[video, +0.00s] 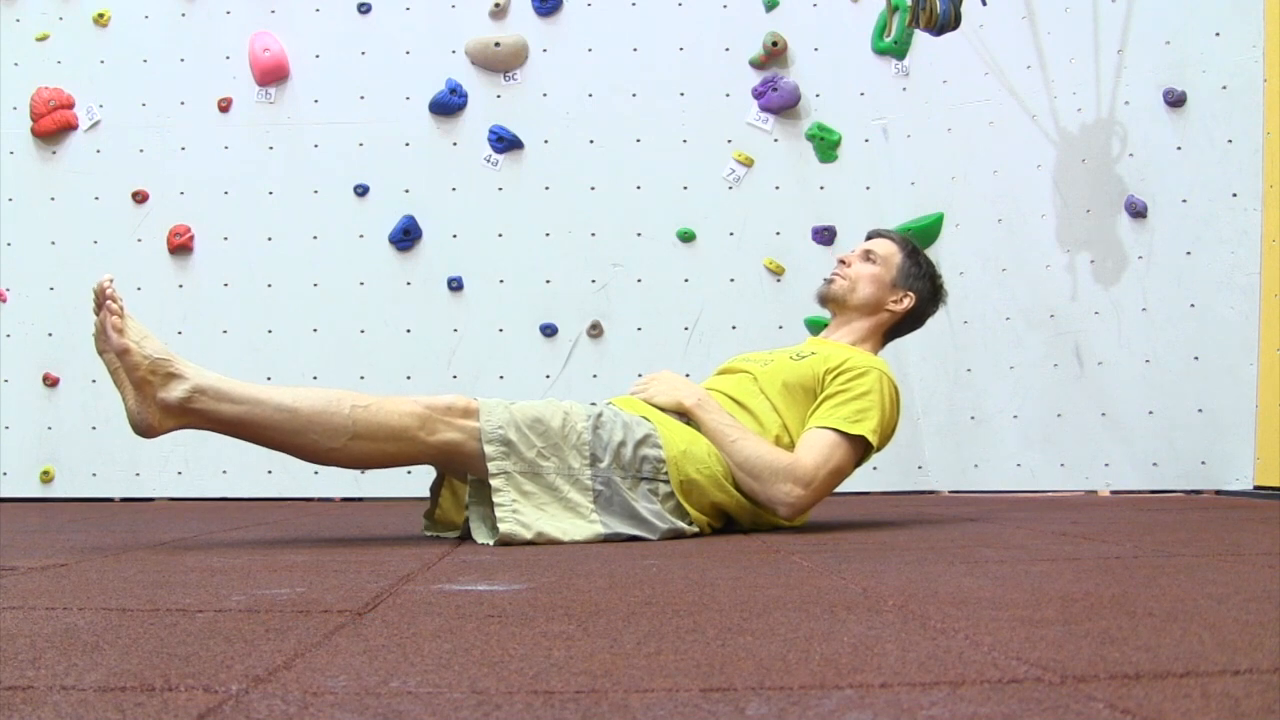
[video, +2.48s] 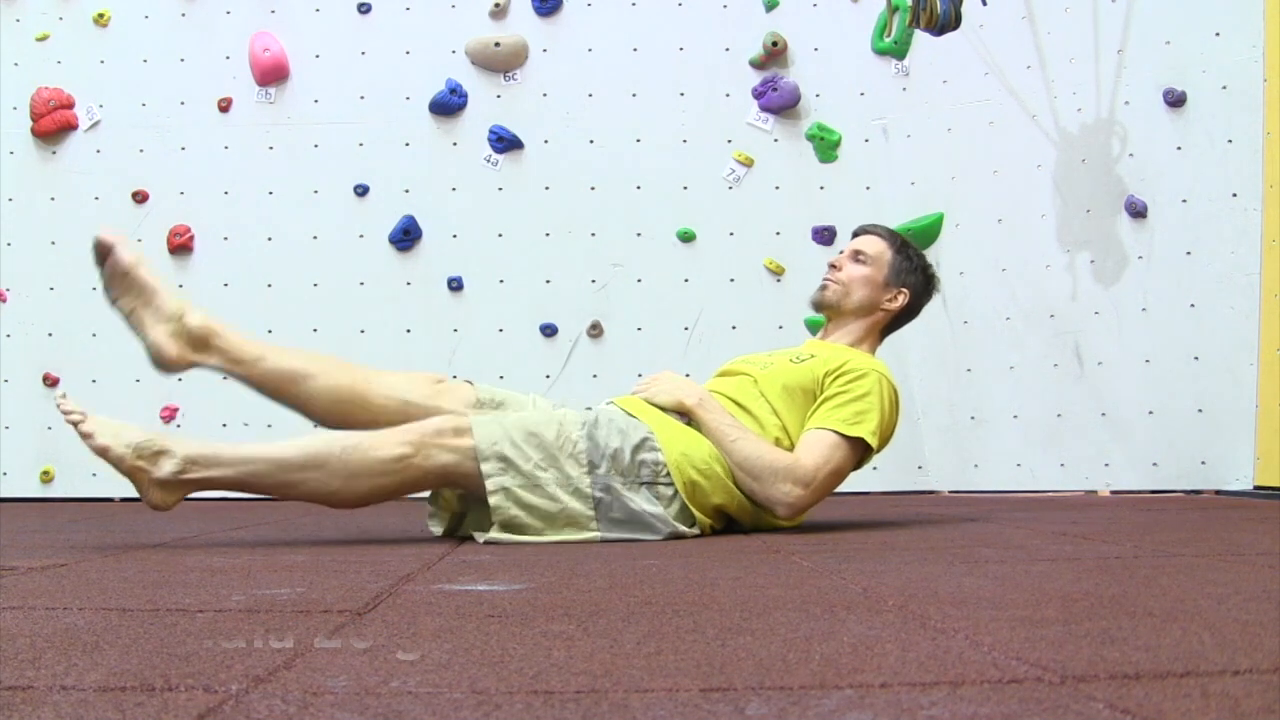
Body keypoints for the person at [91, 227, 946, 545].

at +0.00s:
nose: (847, 254)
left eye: (870, 255)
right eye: (857, 246)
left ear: (897, 302)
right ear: (863, 285)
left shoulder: (865, 377)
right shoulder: (805, 359)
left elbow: (792, 493)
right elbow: (749, 467)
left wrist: (701, 403)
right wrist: (673, 407)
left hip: (660, 461)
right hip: (642, 445)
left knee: (442, 426)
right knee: (434, 422)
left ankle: (179, 395)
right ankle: (181, 396)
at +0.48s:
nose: (848, 260)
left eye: (873, 259)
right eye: (857, 251)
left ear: (900, 307)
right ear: (860, 289)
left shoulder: (866, 379)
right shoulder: (808, 363)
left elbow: (792, 494)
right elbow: (755, 473)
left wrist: (698, 402)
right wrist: (674, 411)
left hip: (660, 461)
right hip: (641, 448)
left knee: (443, 428)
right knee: (432, 428)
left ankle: (177, 410)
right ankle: (179, 411)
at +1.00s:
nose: (848, 259)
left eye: (872, 258)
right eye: (857, 250)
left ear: (899, 306)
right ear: (862, 289)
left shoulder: (866, 380)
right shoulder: (809, 362)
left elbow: (791, 495)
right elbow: (756, 475)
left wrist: (699, 402)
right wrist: (677, 410)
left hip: (660, 462)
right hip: (643, 449)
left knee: (444, 429)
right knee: (433, 429)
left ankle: (177, 410)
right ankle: (179, 411)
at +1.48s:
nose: (848, 264)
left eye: (872, 264)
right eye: (858, 255)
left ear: (900, 311)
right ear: (869, 297)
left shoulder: (867, 383)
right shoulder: (811, 367)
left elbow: (794, 495)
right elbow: (757, 475)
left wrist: (700, 402)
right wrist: (675, 410)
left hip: (653, 460)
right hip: (636, 446)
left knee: (438, 426)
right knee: (431, 423)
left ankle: (177, 402)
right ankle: (178, 403)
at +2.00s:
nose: (842, 257)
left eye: (865, 256)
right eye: (848, 248)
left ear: (896, 301)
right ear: (850, 283)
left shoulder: (864, 374)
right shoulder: (793, 361)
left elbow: (794, 492)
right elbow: (740, 466)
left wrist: (698, 400)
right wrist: (667, 409)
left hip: (661, 457)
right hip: (630, 453)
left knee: (450, 402)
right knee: (416, 453)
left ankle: (189, 336)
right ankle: (180, 461)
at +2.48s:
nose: (838, 262)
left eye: (862, 259)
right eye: (843, 251)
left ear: (895, 302)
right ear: (842, 281)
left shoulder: (862, 378)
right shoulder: (793, 360)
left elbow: (792, 494)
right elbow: (742, 463)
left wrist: (701, 404)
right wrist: (664, 409)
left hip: (646, 467)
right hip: (617, 440)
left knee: (440, 441)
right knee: (427, 404)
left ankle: (181, 467)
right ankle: (196, 335)